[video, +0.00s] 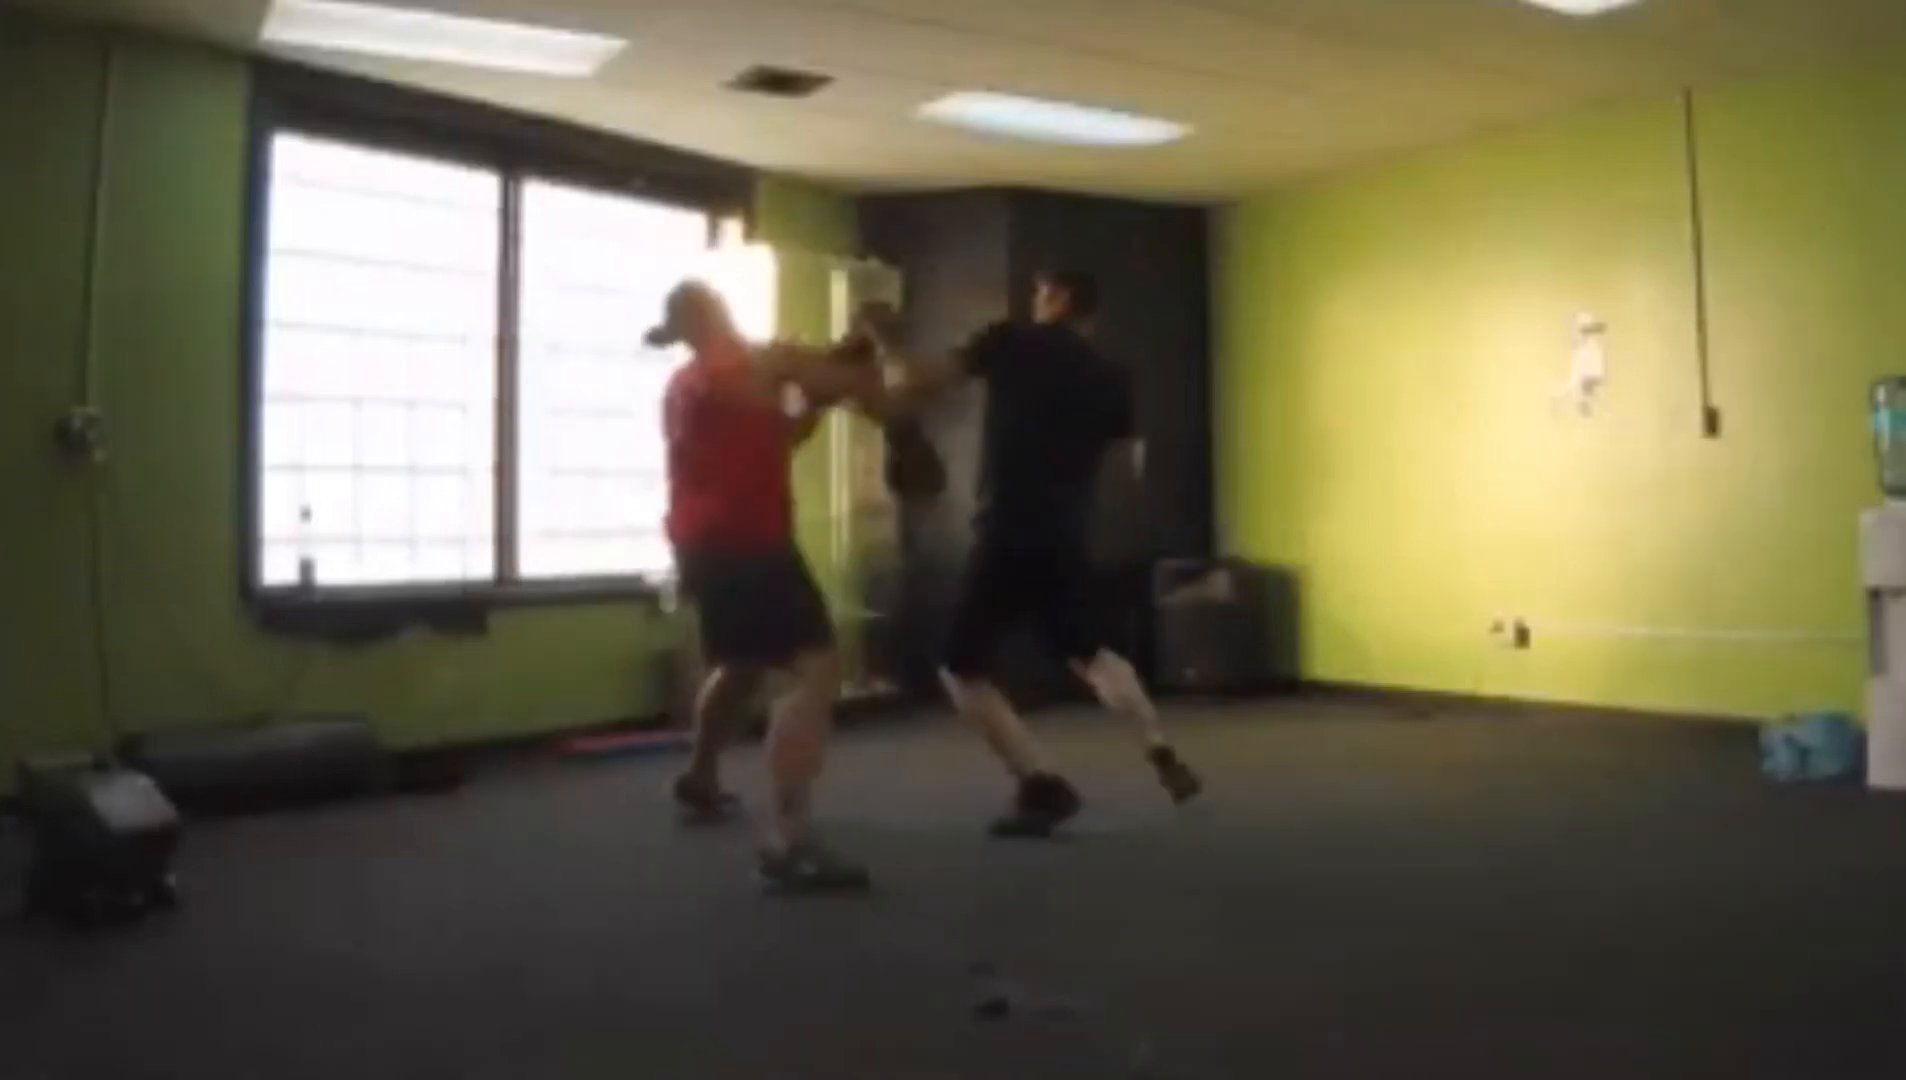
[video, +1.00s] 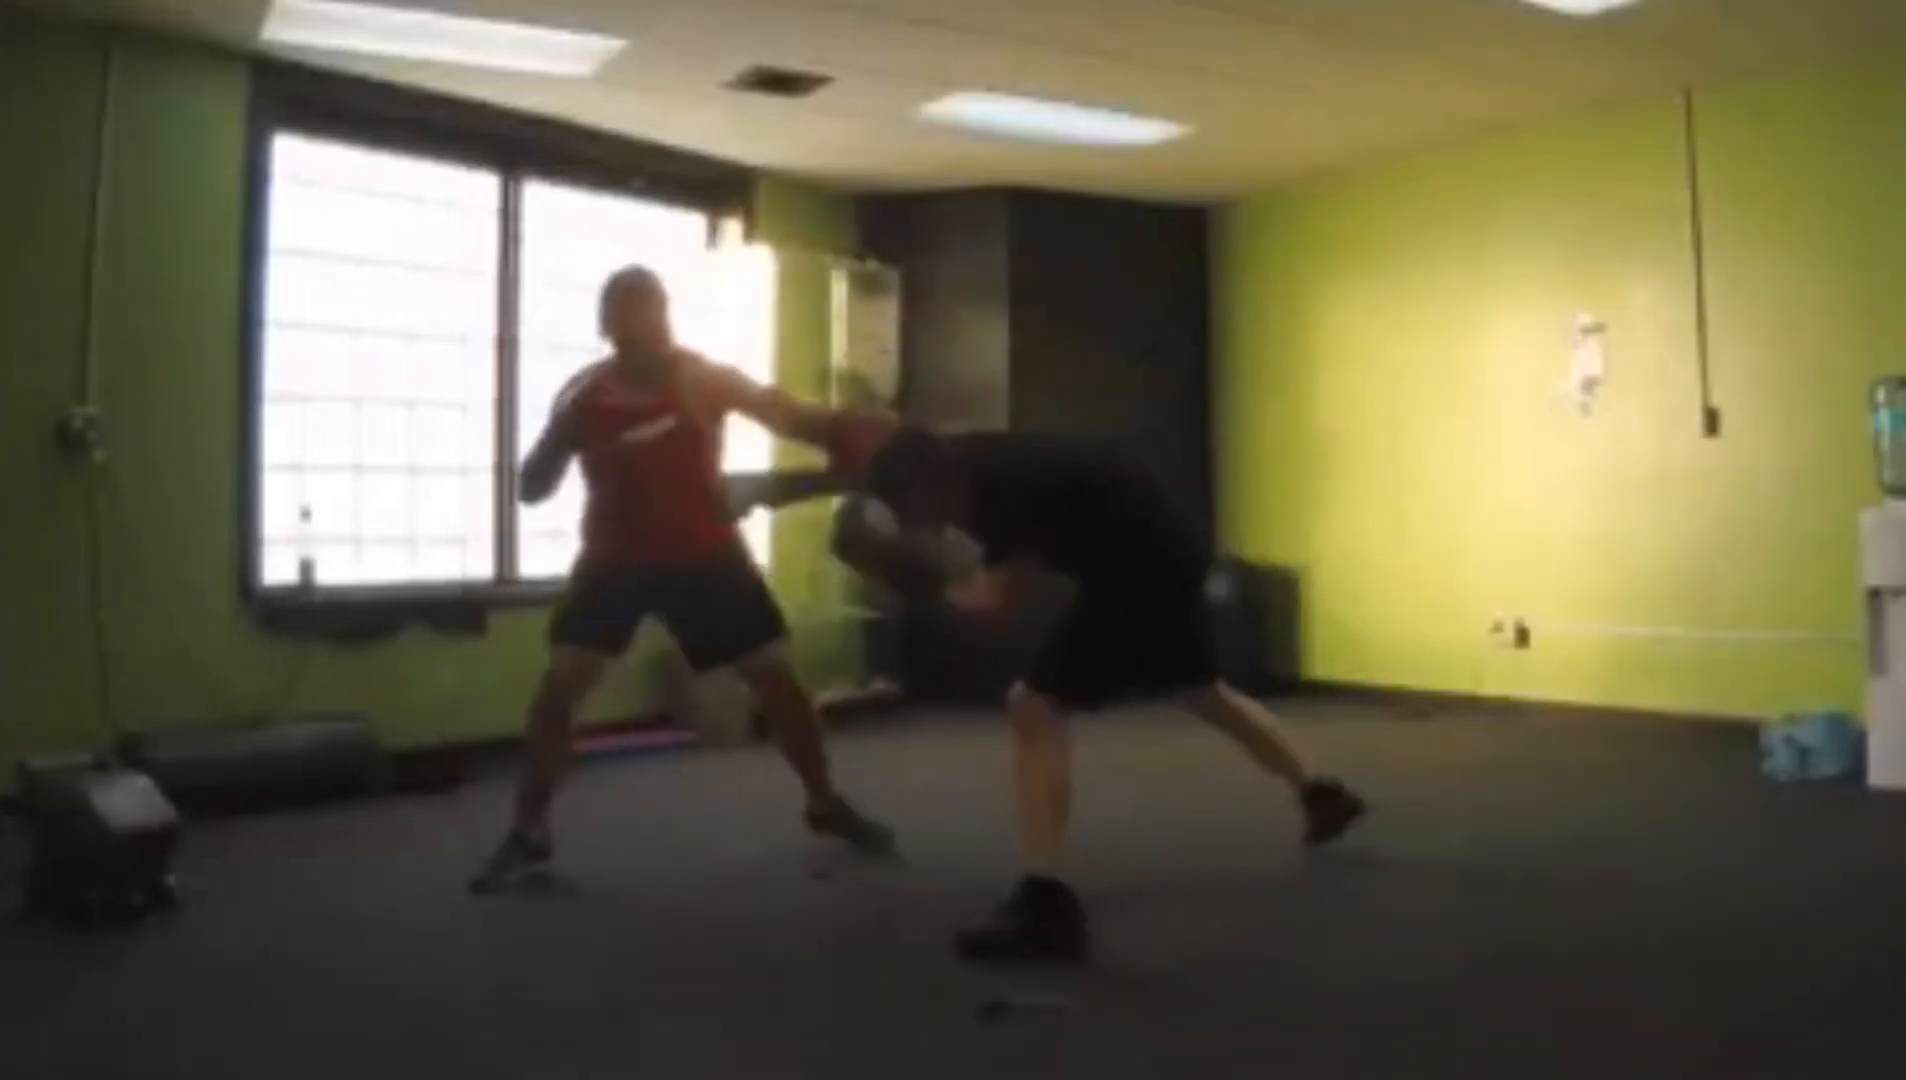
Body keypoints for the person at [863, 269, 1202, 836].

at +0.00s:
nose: (1036, 303)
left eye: (1042, 294)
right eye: (1041, 294)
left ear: (1054, 300)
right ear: (1088, 310)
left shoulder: (1010, 341)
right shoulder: (1107, 375)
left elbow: (928, 380)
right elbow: (1129, 470)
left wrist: (882, 347)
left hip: (1006, 531)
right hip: (1066, 533)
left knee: (961, 667)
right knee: (1087, 650)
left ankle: (1036, 782)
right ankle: (1156, 744)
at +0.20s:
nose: (1057, 283)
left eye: (1063, 271)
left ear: (1073, 279)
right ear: (1127, 283)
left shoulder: (1068, 332)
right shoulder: (1135, 342)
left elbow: (1028, 396)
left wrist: (990, 336)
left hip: (1050, 526)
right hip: (1117, 522)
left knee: (1017, 652)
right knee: (1167, 656)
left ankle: (1033, 790)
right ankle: (1260, 763)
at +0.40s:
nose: (1055, 309)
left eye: (1056, 300)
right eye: (1054, 300)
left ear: (1074, 290)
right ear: (1112, 274)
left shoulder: (1111, 318)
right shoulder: (1170, 328)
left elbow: (1011, 340)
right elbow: (1087, 383)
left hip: (1132, 524)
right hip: (1197, 525)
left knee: (1053, 640)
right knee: (1228, 681)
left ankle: (1058, 790)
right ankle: (1293, 825)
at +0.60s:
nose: (1049, 365)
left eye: (1050, 355)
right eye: (1050, 355)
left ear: (1063, 350)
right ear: (1105, 337)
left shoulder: (1096, 377)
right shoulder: (1184, 376)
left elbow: (1061, 463)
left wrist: (1016, 423)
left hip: (1160, 570)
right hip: (1235, 565)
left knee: (1056, 697)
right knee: (1291, 714)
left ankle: (1060, 852)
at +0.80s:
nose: (957, 478)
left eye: (952, 462)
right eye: (949, 464)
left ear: (968, 445)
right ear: (989, 422)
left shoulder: (1030, 464)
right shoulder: (1067, 442)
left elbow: (997, 555)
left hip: (1148, 607)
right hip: (1217, 593)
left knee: (1031, 721)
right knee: (1269, 735)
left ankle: (1047, 896)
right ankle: (1397, 828)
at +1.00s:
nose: (926, 518)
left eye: (919, 506)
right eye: (913, 509)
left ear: (930, 485)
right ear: (933, 462)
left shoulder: (989, 487)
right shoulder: (983, 461)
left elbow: (1010, 582)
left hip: (1130, 576)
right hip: (1175, 557)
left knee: (1036, 705)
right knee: (1203, 691)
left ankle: (1045, 894)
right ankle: (1317, 796)